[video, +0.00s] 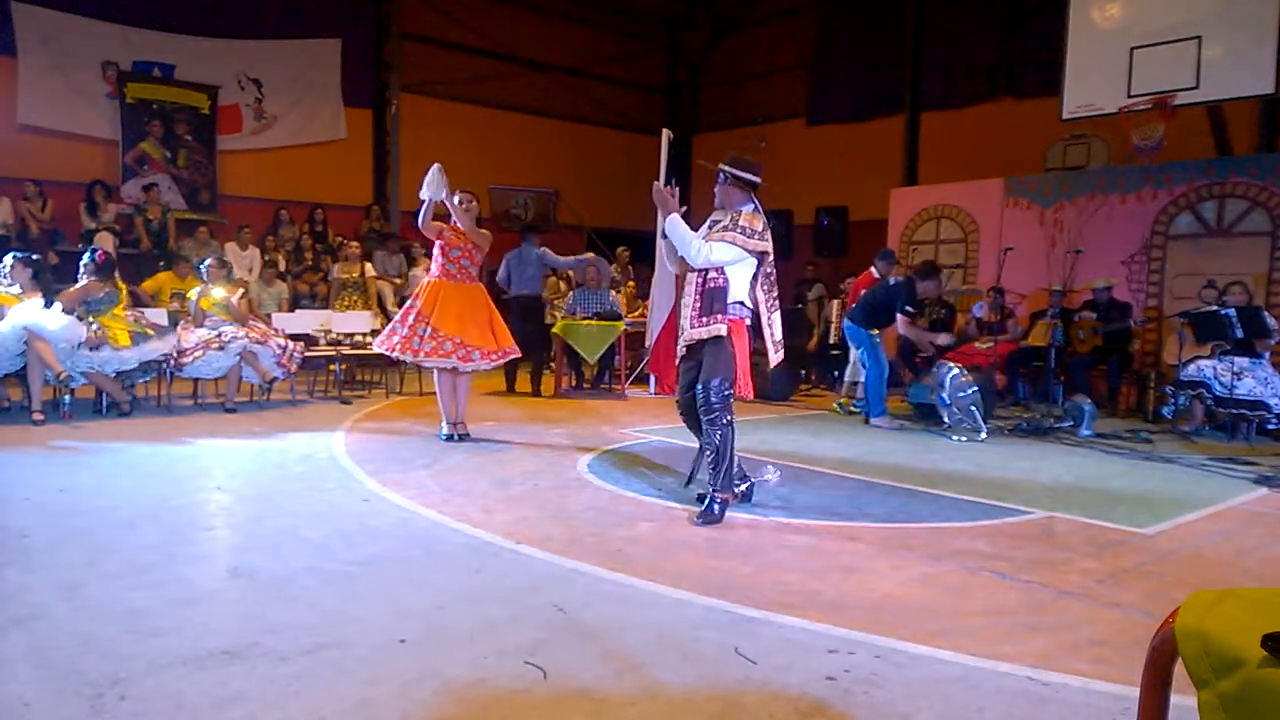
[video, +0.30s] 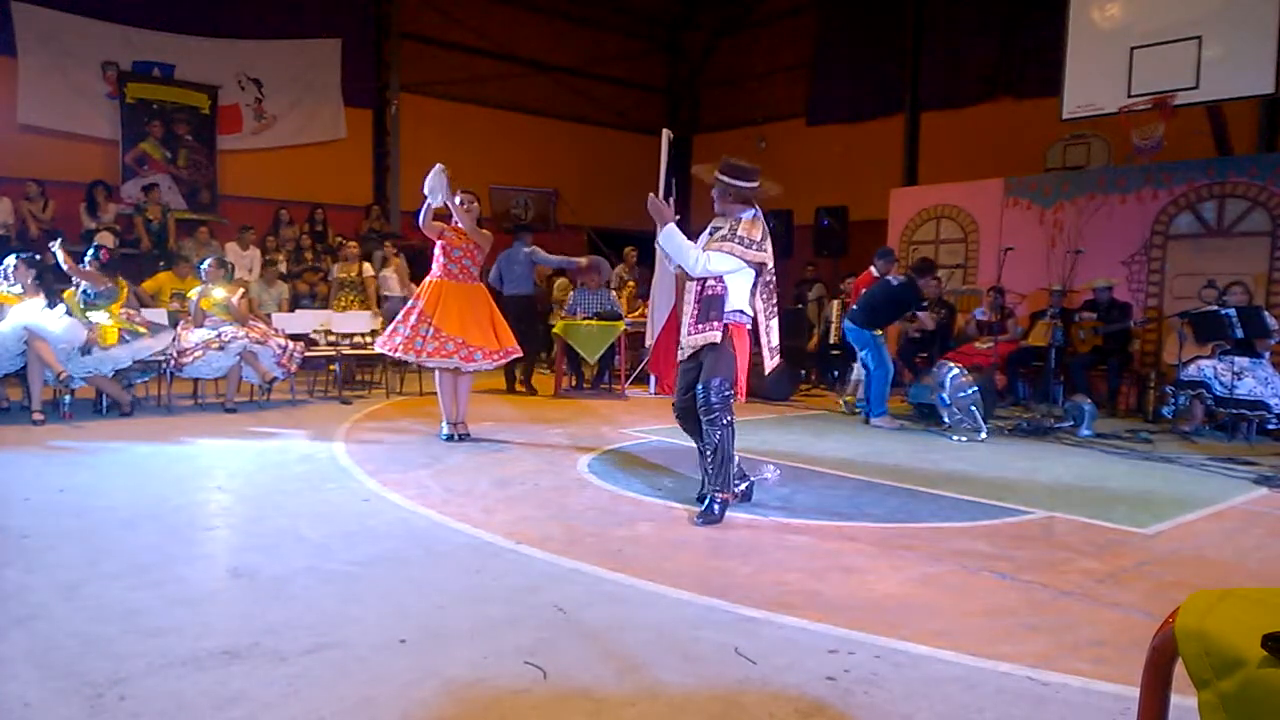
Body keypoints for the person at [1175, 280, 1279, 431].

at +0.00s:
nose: (1237, 297)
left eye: (1241, 293)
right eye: (1231, 294)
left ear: (1248, 297)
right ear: (1223, 298)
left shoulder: (1258, 315)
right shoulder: (1216, 316)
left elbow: (1265, 346)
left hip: (1254, 364)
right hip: (1223, 363)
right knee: (1196, 368)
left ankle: (1243, 425)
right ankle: (1197, 419)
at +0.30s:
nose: (1238, 297)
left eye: (1242, 293)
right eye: (1233, 293)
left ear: (1249, 297)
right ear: (1224, 299)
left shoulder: (1259, 315)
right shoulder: (1218, 315)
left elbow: (1264, 347)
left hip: (1254, 364)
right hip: (1223, 363)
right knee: (1197, 368)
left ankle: (1244, 426)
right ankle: (1197, 419)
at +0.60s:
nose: (1233, 297)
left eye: (1238, 293)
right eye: (1229, 294)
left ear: (1247, 297)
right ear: (1223, 298)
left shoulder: (1258, 315)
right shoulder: (1218, 316)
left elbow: (1264, 347)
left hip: (1254, 364)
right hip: (1223, 363)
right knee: (1197, 368)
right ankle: (1197, 419)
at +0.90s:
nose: (1228, 297)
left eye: (1234, 293)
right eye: (1225, 294)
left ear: (1246, 297)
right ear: (1221, 297)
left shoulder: (1258, 315)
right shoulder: (1217, 316)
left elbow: (1264, 347)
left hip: (1253, 364)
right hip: (1222, 363)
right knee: (1196, 368)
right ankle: (1197, 419)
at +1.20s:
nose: (1226, 297)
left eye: (1232, 293)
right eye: (1224, 294)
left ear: (1246, 297)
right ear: (1220, 297)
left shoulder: (1257, 315)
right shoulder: (1217, 315)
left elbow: (1264, 346)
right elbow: (1200, 342)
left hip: (1254, 365)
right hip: (1223, 363)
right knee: (1197, 368)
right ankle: (1197, 419)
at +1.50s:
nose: (1226, 297)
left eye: (1232, 293)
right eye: (1225, 293)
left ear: (1245, 298)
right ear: (1222, 296)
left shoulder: (1257, 315)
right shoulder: (1219, 315)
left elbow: (1265, 345)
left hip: (1253, 364)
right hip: (1223, 363)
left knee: (1246, 382)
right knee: (1198, 369)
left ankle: (1241, 426)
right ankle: (1196, 420)